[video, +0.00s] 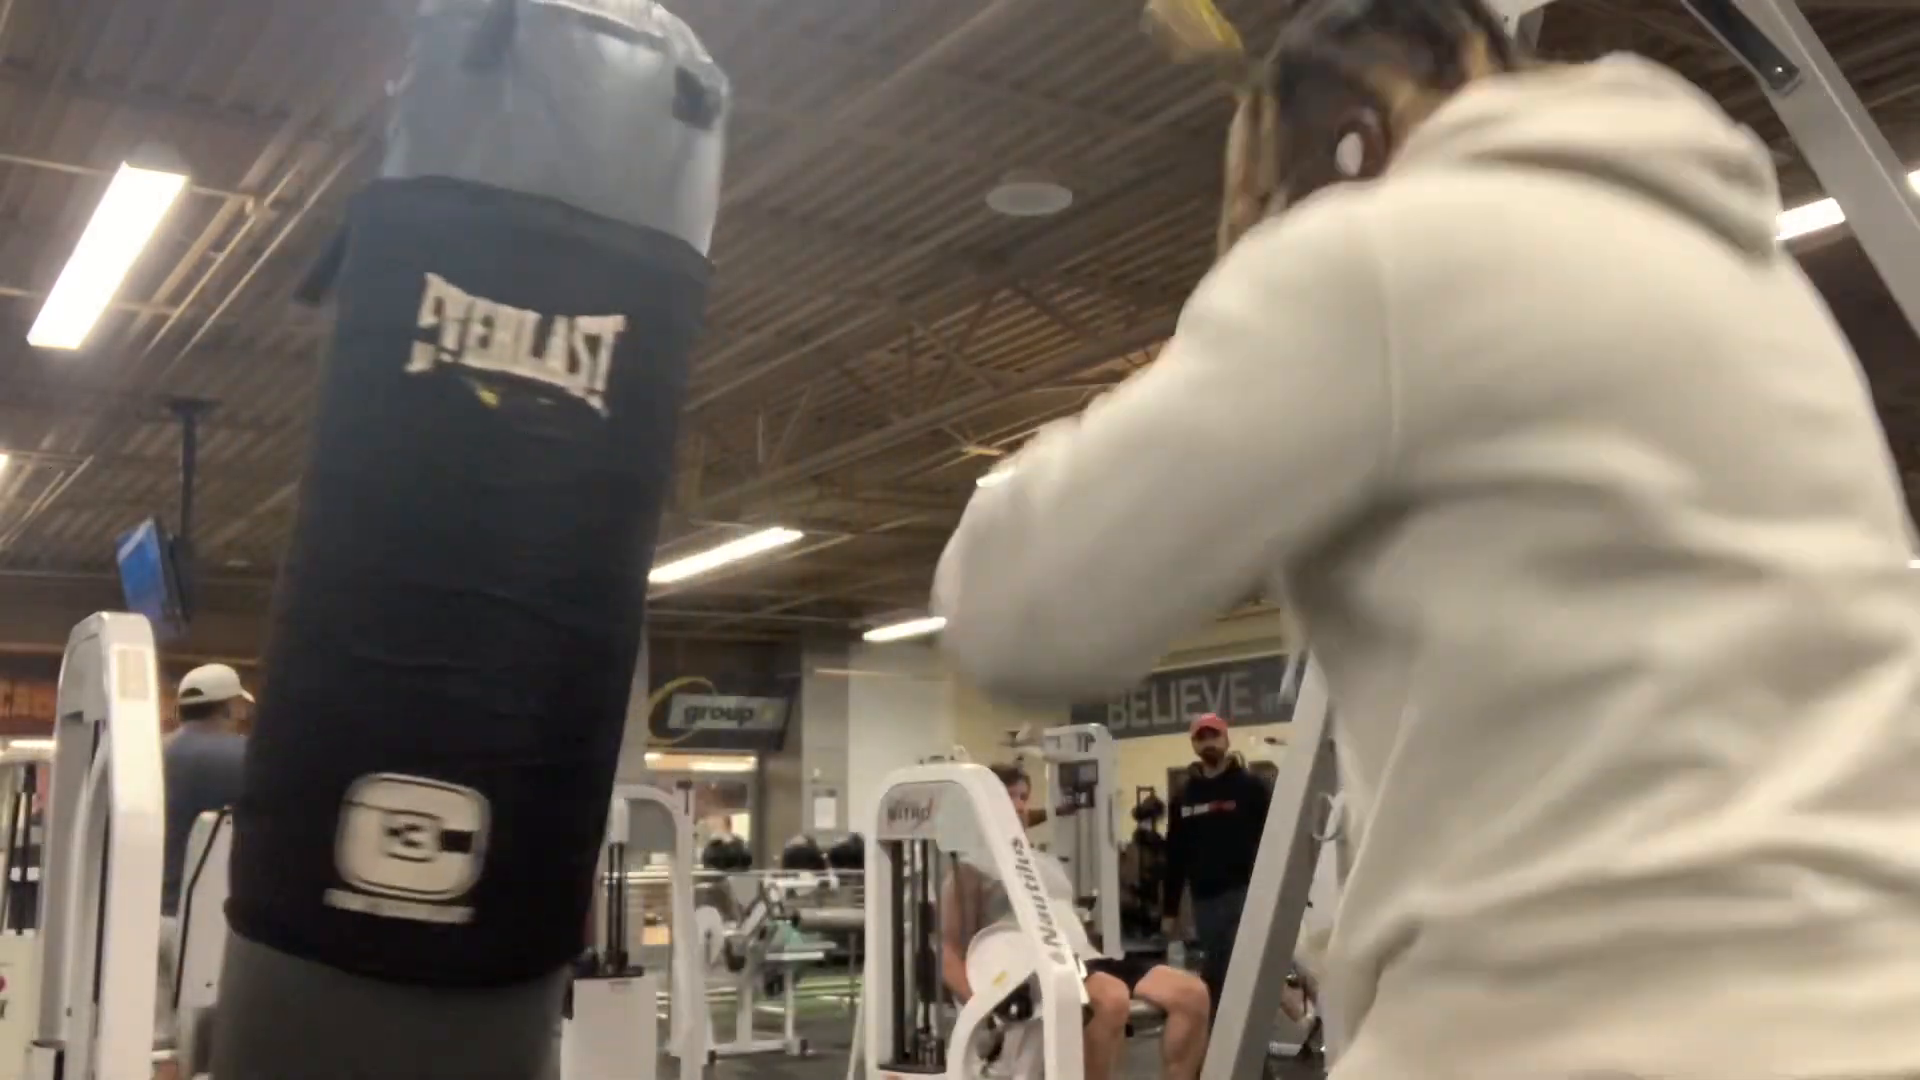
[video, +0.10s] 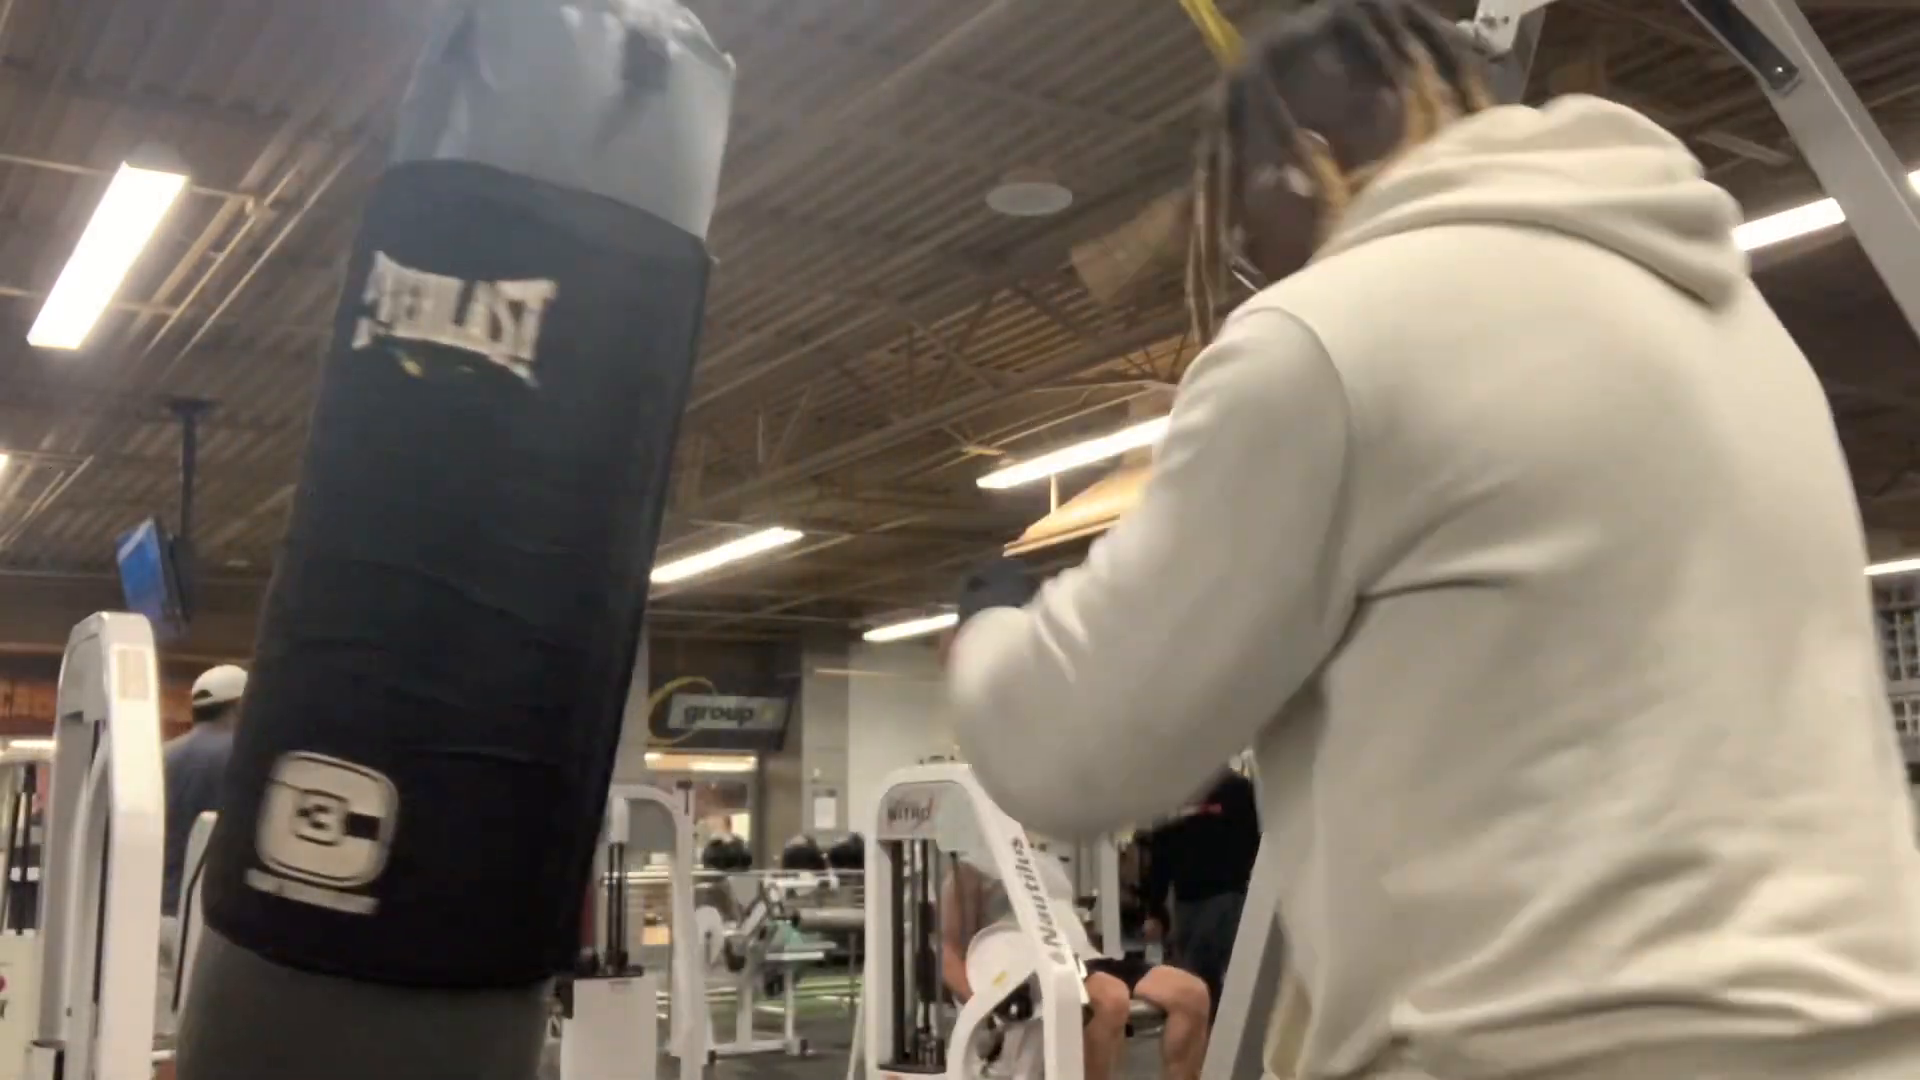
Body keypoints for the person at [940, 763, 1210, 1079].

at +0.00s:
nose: (1015, 806)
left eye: (1021, 797)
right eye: (1006, 796)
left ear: (1028, 804)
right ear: (987, 802)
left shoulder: (1034, 859)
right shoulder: (968, 869)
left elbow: (1057, 924)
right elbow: (951, 958)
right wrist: (984, 1004)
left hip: (1073, 960)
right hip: (1019, 971)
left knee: (1192, 994)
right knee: (1112, 997)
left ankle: (1179, 1073)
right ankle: (1097, 1074)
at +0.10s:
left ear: (1025, 819)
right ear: (986, 820)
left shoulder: (1042, 857)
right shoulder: (968, 872)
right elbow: (951, 957)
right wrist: (983, 1002)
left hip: (1073, 959)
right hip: (1018, 973)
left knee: (1191, 995)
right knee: (1111, 1000)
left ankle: (1180, 1073)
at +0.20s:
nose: (1019, 806)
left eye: (1023, 799)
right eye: (1011, 798)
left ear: (1028, 805)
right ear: (989, 801)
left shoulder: (1035, 860)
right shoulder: (969, 868)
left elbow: (1057, 925)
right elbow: (951, 958)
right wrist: (983, 1003)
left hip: (1072, 961)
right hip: (1018, 971)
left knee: (1191, 993)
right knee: (1112, 997)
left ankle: (1181, 1074)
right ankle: (1096, 1074)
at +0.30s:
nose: (1019, 814)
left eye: (1023, 805)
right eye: (1009, 805)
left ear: (1031, 812)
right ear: (989, 812)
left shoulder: (1044, 857)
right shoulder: (970, 867)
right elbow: (951, 961)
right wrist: (985, 1002)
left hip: (1076, 958)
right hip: (1021, 969)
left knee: (1192, 995)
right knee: (1111, 997)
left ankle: (1180, 1076)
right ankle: (1098, 1076)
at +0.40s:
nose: (1018, 806)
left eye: (1023, 798)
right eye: (1009, 798)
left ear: (1028, 803)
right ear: (989, 802)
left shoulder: (1038, 854)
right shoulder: (969, 867)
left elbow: (1059, 921)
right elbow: (951, 955)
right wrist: (981, 1003)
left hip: (1071, 958)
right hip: (1018, 969)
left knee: (1192, 994)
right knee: (1112, 997)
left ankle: (1177, 1074)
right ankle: (1096, 1074)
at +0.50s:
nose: (1018, 806)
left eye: (1022, 798)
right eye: (1009, 798)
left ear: (1028, 803)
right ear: (989, 802)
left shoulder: (1038, 854)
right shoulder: (969, 868)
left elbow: (1058, 922)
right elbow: (951, 956)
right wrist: (981, 1003)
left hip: (1072, 959)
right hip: (1019, 970)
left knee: (1192, 994)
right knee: (1113, 998)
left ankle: (1177, 1074)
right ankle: (1097, 1074)